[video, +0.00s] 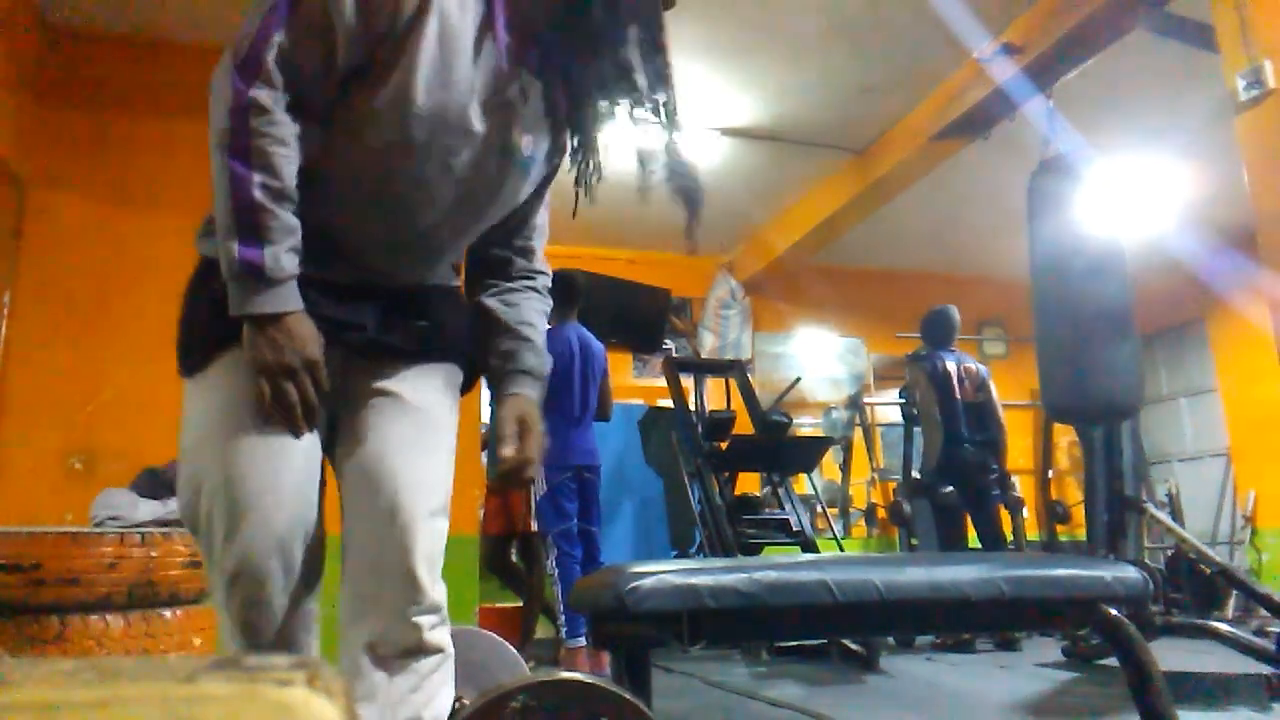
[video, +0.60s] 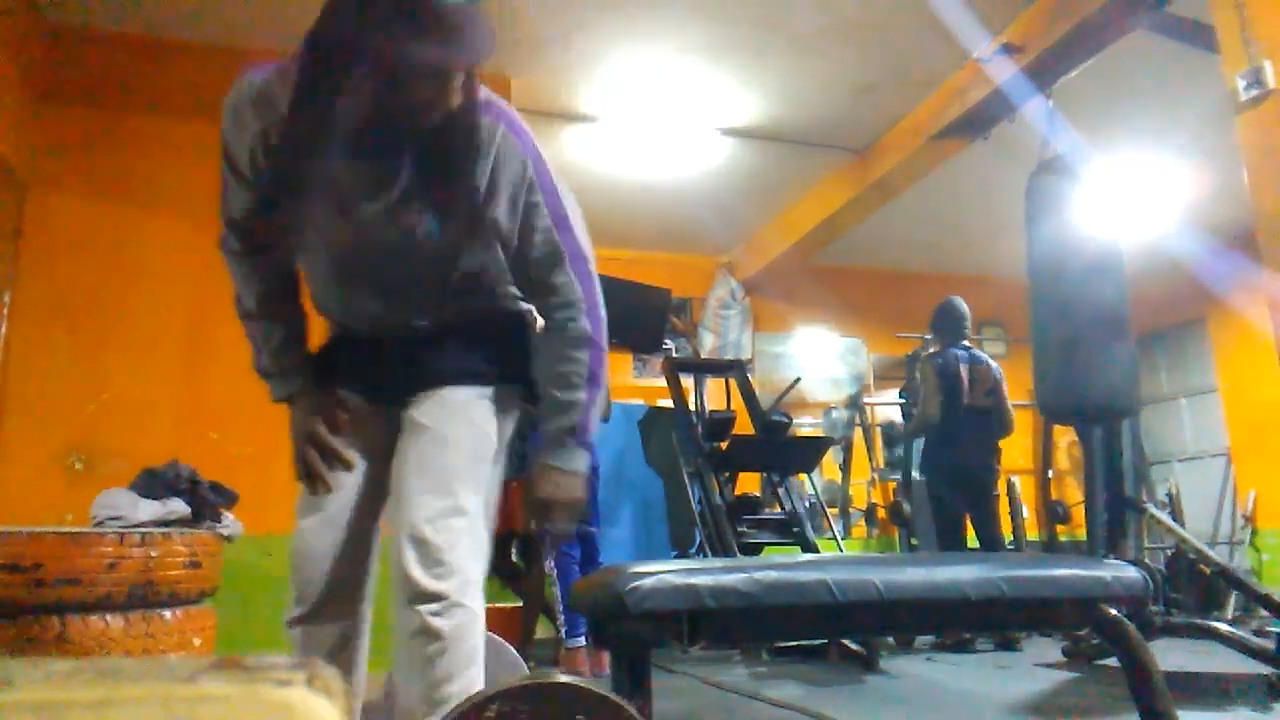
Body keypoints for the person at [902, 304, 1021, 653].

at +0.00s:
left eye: (925, 333)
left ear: (924, 334)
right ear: (957, 334)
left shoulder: (921, 367)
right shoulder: (976, 369)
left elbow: (933, 423)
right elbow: (997, 423)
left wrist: (926, 473)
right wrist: (1001, 468)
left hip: (943, 469)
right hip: (978, 468)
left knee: (951, 547)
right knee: (995, 543)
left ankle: (957, 630)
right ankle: (1006, 627)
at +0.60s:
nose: (932, 334)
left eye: (934, 328)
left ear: (937, 328)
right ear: (969, 327)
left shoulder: (932, 363)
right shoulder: (990, 365)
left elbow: (930, 416)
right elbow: (1007, 423)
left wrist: (902, 433)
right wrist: (978, 436)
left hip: (944, 464)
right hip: (981, 465)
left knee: (950, 544)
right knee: (992, 541)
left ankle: (955, 628)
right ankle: (1006, 626)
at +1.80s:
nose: (922, 342)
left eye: (921, 336)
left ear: (923, 335)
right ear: (956, 332)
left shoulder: (926, 365)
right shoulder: (982, 366)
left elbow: (940, 418)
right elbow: (1006, 421)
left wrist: (914, 454)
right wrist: (990, 456)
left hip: (945, 466)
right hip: (980, 467)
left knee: (950, 545)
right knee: (991, 540)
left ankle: (958, 630)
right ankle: (1006, 626)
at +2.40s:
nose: (922, 345)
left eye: (922, 339)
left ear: (924, 338)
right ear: (954, 333)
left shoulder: (927, 365)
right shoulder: (985, 364)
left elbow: (917, 420)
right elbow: (999, 421)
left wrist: (906, 387)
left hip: (943, 467)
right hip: (981, 467)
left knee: (951, 548)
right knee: (995, 544)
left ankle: (961, 630)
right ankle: (1009, 628)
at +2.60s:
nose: (927, 339)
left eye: (927, 333)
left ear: (928, 332)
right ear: (961, 329)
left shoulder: (929, 364)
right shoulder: (987, 365)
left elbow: (931, 421)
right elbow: (1005, 422)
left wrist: (905, 417)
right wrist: (973, 422)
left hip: (944, 469)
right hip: (981, 469)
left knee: (951, 549)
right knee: (994, 544)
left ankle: (960, 628)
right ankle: (1008, 625)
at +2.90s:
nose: (919, 342)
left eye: (918, 337)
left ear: (920, 337)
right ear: (951, 333)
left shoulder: (924, 366)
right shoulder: (978, 367)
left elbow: (931, 419)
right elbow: (1001, 423)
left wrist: (918, 465)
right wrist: (999, 467)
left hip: (942, 466)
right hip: (977, 465)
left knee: (948, 546)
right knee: (990, 542)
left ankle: (957, 630)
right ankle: (1005, 627)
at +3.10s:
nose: (920, 339)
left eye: (920, 333)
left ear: (921, 334)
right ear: (953, 333)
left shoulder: (921, 366)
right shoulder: (978, 368)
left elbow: (933, 418)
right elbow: (1002, 423)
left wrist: (920, 465)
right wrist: (997, 465)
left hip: (941, 473)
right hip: (977, 471)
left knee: (949, 550)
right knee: (992, 546)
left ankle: (958, 630)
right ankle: (1008, 628)